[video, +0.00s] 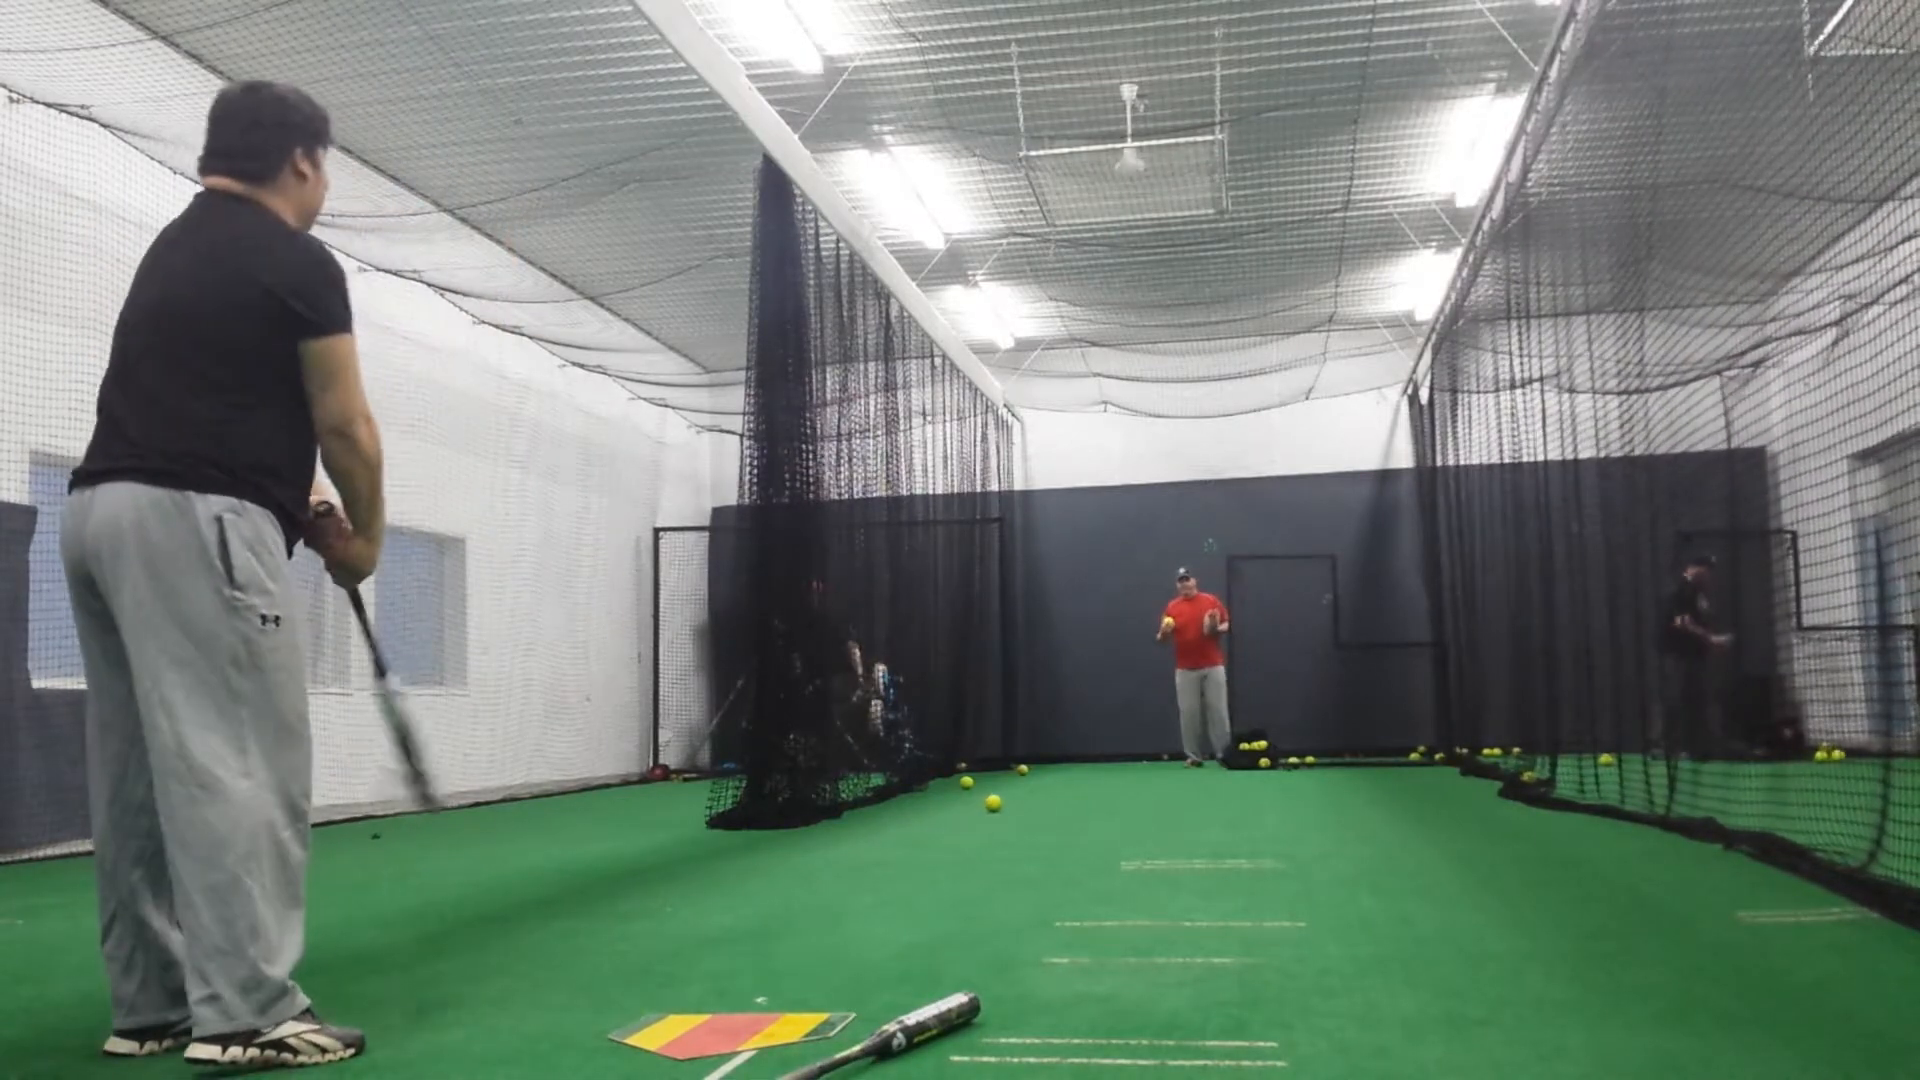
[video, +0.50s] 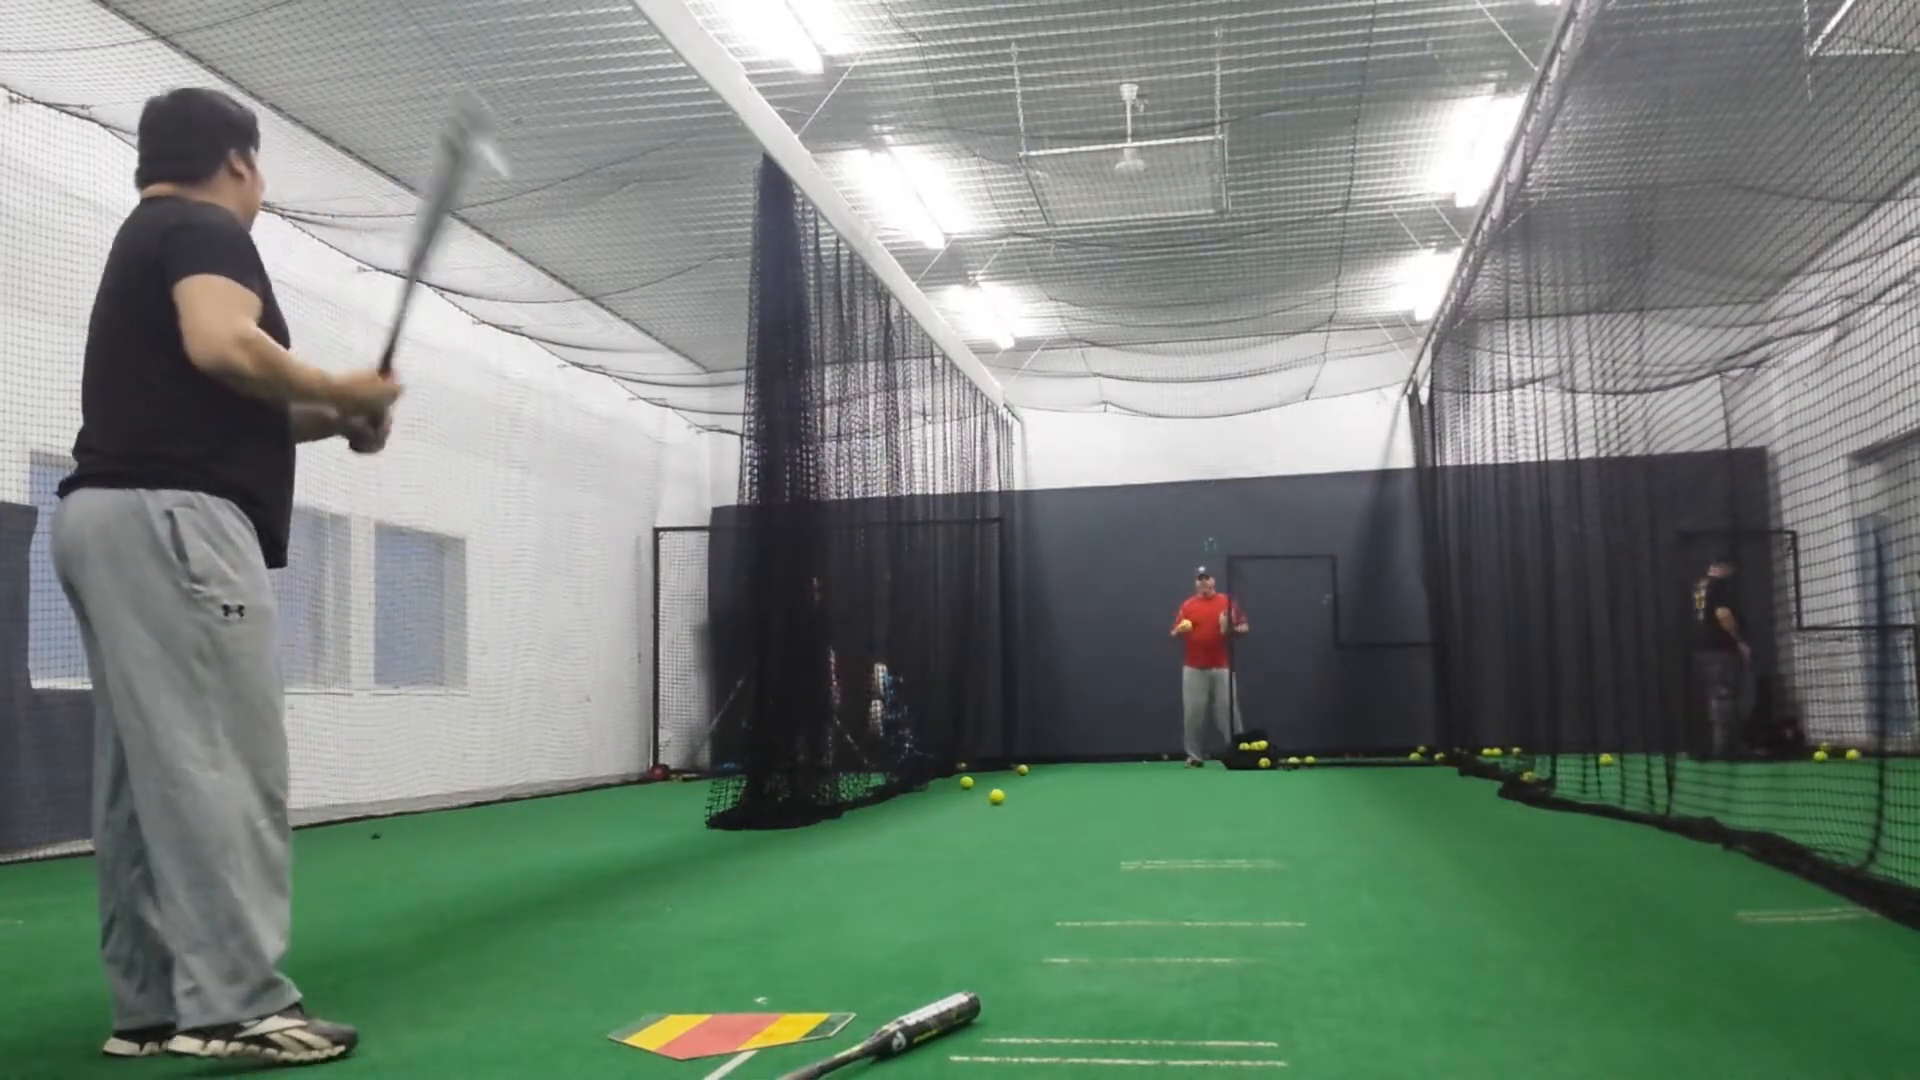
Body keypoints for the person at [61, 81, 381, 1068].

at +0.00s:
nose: (327, 188)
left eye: (325, 170)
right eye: (325, 169)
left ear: (219, 163)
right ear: (298, 163)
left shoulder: (176, 243)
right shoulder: (297, 259)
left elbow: (203, 406)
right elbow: (348, 430)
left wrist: (302, 504)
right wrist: (364, 537)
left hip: (101, 513)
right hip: (196, 516)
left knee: (133, 768)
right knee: (237, 765)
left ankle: (150, 1007)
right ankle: (247, 1011)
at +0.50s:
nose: (262, 185)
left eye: (258, 168)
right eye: (258, 167)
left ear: (162, 165)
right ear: (233, 160)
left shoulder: (146, 237)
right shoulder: (204, 226)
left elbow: (217, 418)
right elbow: (217, 343)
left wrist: (333, 418)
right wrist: (341, 387)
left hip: (106, 516)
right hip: (167, 518)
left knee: (142, 769)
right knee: (220, 758)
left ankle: (153, 1009)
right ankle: (237, 1004)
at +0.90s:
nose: (259, 170)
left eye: (252, 152)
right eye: (253, 151)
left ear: (162, 156)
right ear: (228, 149)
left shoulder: (158, 230)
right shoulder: (184, 221)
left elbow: (180, 401)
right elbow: (203, 333)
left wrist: (298, 438)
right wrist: (318, 366)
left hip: (149, 524)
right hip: (159, 526)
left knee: (168, 773)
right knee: (177, 774)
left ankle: (167, 1007)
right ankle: (174, 1015)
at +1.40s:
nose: (254, 135)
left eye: (249, 118)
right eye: (251, 117)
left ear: (146, 123)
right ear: (229, 115)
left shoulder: (104, 217)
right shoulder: (224, 203)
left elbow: (135, 360)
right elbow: (254, 332)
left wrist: (286, 377)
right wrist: (332, 383)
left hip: (98, 512)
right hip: (186, 519)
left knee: (154, 770)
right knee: (194, 780)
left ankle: (175, 992)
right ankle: (157, 1032)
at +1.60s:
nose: (260, 123)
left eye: (256, 106)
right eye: (257, 106)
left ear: (147, 108)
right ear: (234, 104)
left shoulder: (81, 212)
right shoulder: (247, 203)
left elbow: (52, 370)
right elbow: (290, 337)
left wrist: (106, 444)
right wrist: (344, 385)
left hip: (73, 510)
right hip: (182, 516)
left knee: (132, 769)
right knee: (186, 773)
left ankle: (167, 992)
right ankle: (156, 1033)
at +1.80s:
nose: (259, 116)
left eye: (256, 99)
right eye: (256, 99)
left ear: (139, 100)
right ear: (234, 97)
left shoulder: (60, 200)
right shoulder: (264, 204)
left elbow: (6, 333)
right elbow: (314, 344)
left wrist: (11, 472)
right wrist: (327, 393)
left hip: (56, 507)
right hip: (181, 517)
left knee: (83, 765)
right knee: (179, 773)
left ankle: (84, 1007)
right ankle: (160, 1032)